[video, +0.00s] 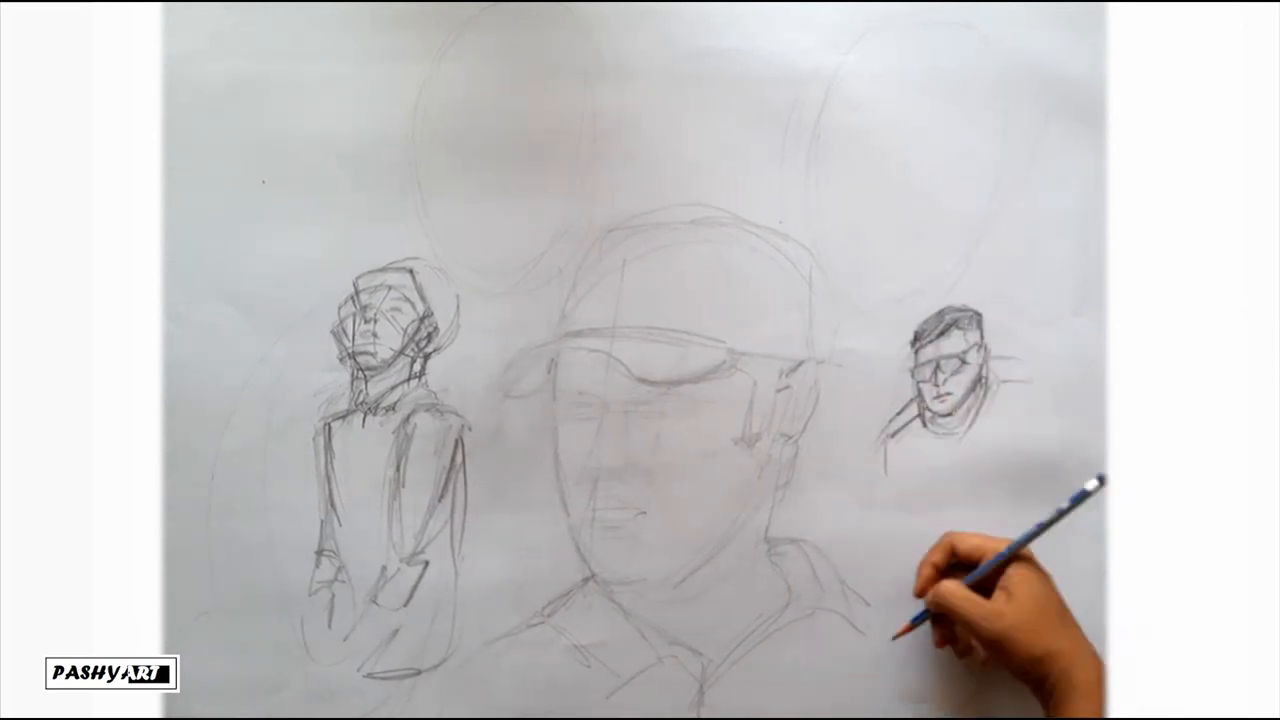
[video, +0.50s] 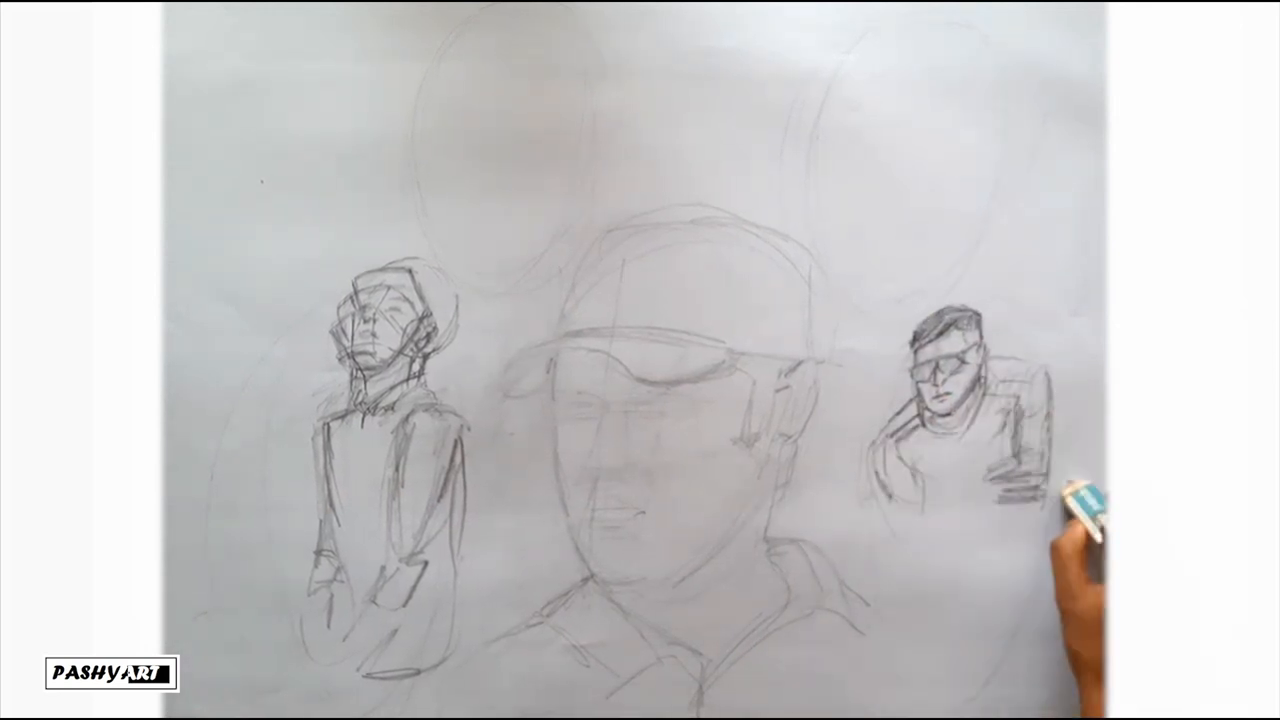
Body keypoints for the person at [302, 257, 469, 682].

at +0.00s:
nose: (370, 326)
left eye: (392, 313)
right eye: (363, 313)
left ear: (424, 333)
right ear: (347, 326)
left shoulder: (434, 426)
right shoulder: (330, 428)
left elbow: (428, 560)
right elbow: (329, 545)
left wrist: (351, 657)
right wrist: (320, 634)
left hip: (410, 631)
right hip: (341, 632)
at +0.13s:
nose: (370, 327)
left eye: (392, 314)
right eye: (363, 313)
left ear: (423, 334)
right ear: (347, 327)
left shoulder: (434, 427)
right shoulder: (329, 428)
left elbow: (429, 561)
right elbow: (328, 546)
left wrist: (351, 658)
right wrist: (320, 639)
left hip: (410, 628)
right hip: (342, 629)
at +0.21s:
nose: (369, 328)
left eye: (391, 315)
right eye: (362, 314)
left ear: (423, 334)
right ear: (347, 327)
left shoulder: (433, 427)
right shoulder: (329, 428)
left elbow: (428, 561)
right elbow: (327, 546)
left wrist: (350, 658)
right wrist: (319, 640)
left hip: (409, 631)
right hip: (340, 632)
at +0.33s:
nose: (370, 327)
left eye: (392, 315)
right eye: (363, 314)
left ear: (423, 333)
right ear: (347, 327)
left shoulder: (434, 427)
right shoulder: (329, 427)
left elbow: (429, 561)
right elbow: (328, 546)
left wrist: (351, 658)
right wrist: (319, 640)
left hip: (410, 630)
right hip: (341, 632)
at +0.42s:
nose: (369, 326)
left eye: (391, 314)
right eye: (362, 313)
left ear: (422, 333)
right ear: (347, 326)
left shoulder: (433, 427)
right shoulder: (329, 426)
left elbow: (429, 559)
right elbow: (328, 544)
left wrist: (352, 656)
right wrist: (319, 638)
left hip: (411, 629)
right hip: (342, 630)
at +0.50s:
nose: (370, 326)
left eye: (391, 314)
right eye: (362, 313)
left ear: (423, 333)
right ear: (347, 327)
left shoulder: (433, 426)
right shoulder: (329, 427)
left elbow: (429, 560)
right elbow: (328, 545)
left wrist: (352, 656)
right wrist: (318, 636)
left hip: (409, 630)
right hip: (341, 632)